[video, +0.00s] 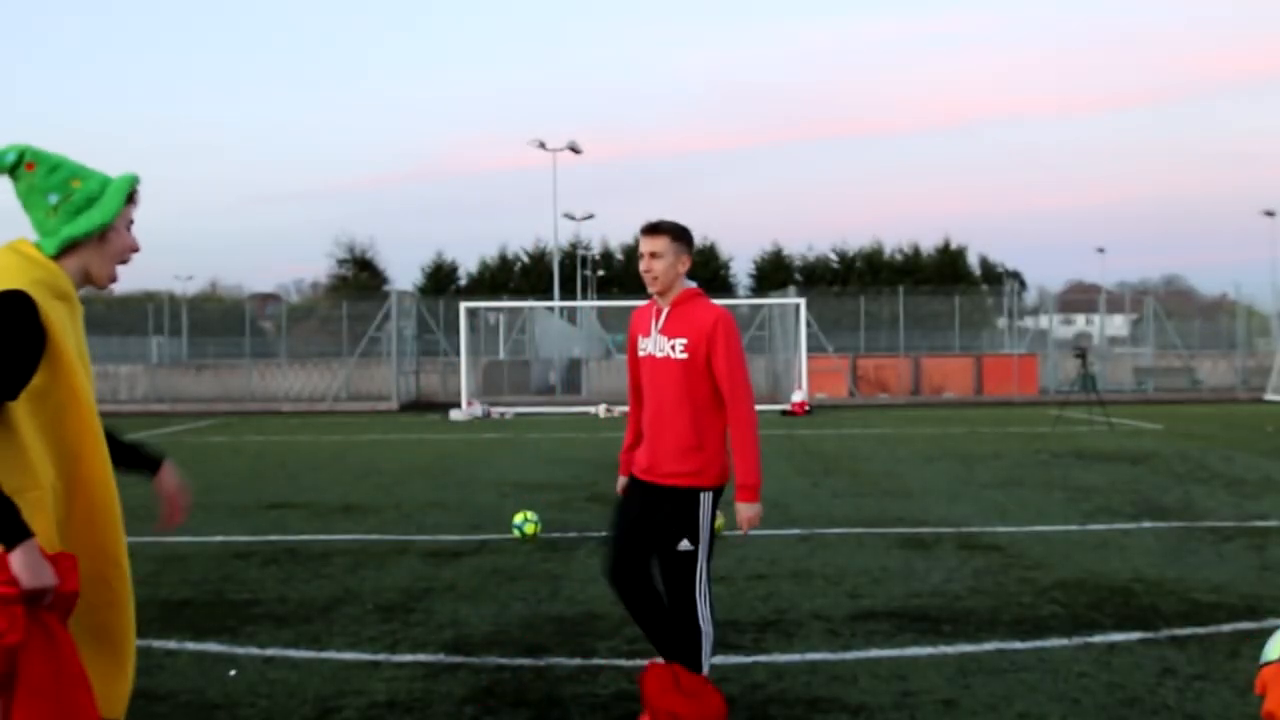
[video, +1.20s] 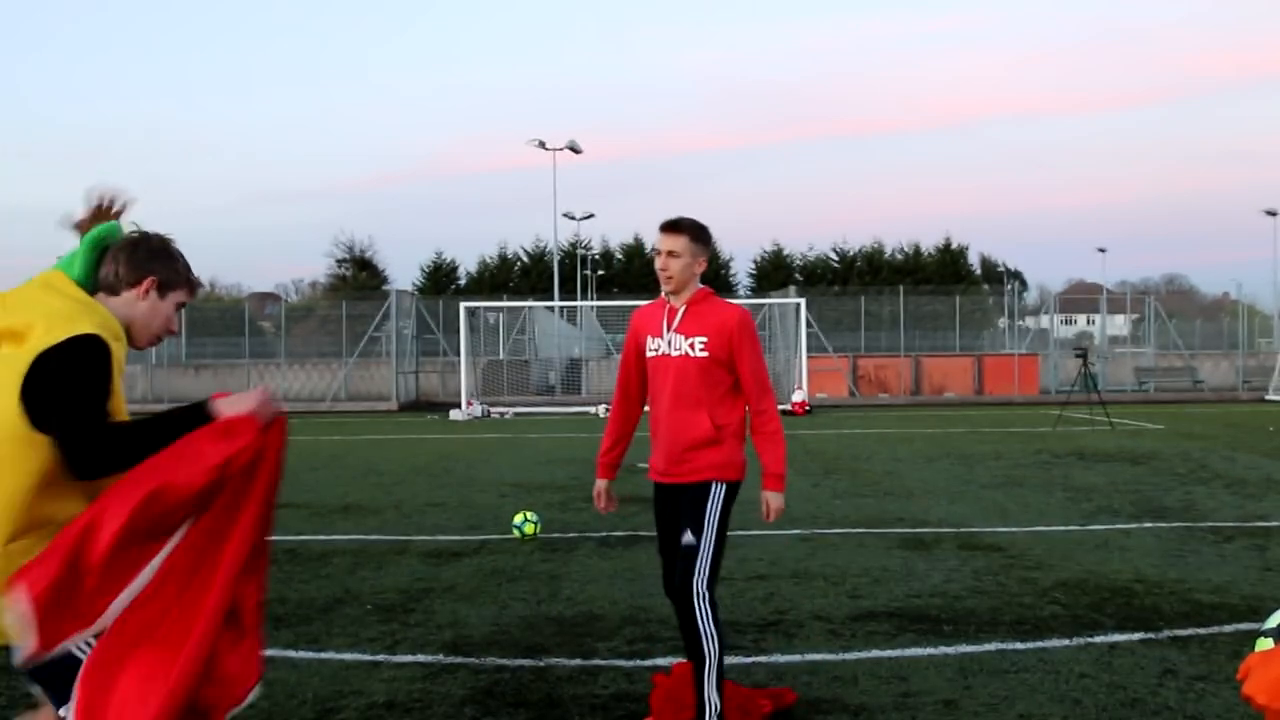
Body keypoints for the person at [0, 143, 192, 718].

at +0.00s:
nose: (134, 245)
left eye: (131, 227)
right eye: (126, 225)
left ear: (82, 228)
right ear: (85, 227)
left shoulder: (52, 303)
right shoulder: (21, 305)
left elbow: (67, 427)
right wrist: (16, 539)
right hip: (24, 581)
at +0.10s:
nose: (127, 256)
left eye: (128, 238)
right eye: (121, 236)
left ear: (76, 233)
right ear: (79, 230)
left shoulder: (45, 304)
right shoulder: (19, 303)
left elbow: (79, 412)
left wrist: (186, 420)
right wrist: (32, 537)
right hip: (21, 581)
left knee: (59, 695)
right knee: (36, 700)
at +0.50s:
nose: (101, 268)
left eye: (104, 250)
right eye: (98, 248)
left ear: (52, 238)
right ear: (53, 235)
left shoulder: (21, 310)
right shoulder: (8, 310)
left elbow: (75, 410)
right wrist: (61, 545)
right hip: (10, 588)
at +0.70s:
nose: (114, 257)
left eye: (110, 238)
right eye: (106, 236)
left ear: (60, 239)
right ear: (64, 237)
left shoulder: (26, 320)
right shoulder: (8, 321)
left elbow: (14, 463)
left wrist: (70, 518)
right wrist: (58, 516)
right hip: (12, 605)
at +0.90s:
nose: (129, 297)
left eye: (136, 282)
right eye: (130, 276)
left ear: (90, 252)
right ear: (94, 252)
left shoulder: (36, 319)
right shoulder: (15, 326)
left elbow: (12, 457)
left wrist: (74, 492)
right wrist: (37, 491)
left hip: (37, 597)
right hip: (18, 601)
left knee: (43, 701)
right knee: (34, 703)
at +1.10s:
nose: (168, 323)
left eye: (173, 307)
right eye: (168, 302)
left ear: (125, 280)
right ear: (131, 281)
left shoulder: (38, 309)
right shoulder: (57, 343)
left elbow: (39, 461)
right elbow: (14, 461)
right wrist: (129, 448)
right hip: (25, 580)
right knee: (36, 699)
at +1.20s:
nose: (174, 328)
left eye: (181, 314)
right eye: (177, 309)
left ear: (126, 286)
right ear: (145, 289)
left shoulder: (50, 310)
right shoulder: (79, 336)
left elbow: (93, 443)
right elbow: (89, 455)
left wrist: (200, 415)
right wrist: (210, 414)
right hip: (29, 565)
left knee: (84, 689)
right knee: (90, 694)